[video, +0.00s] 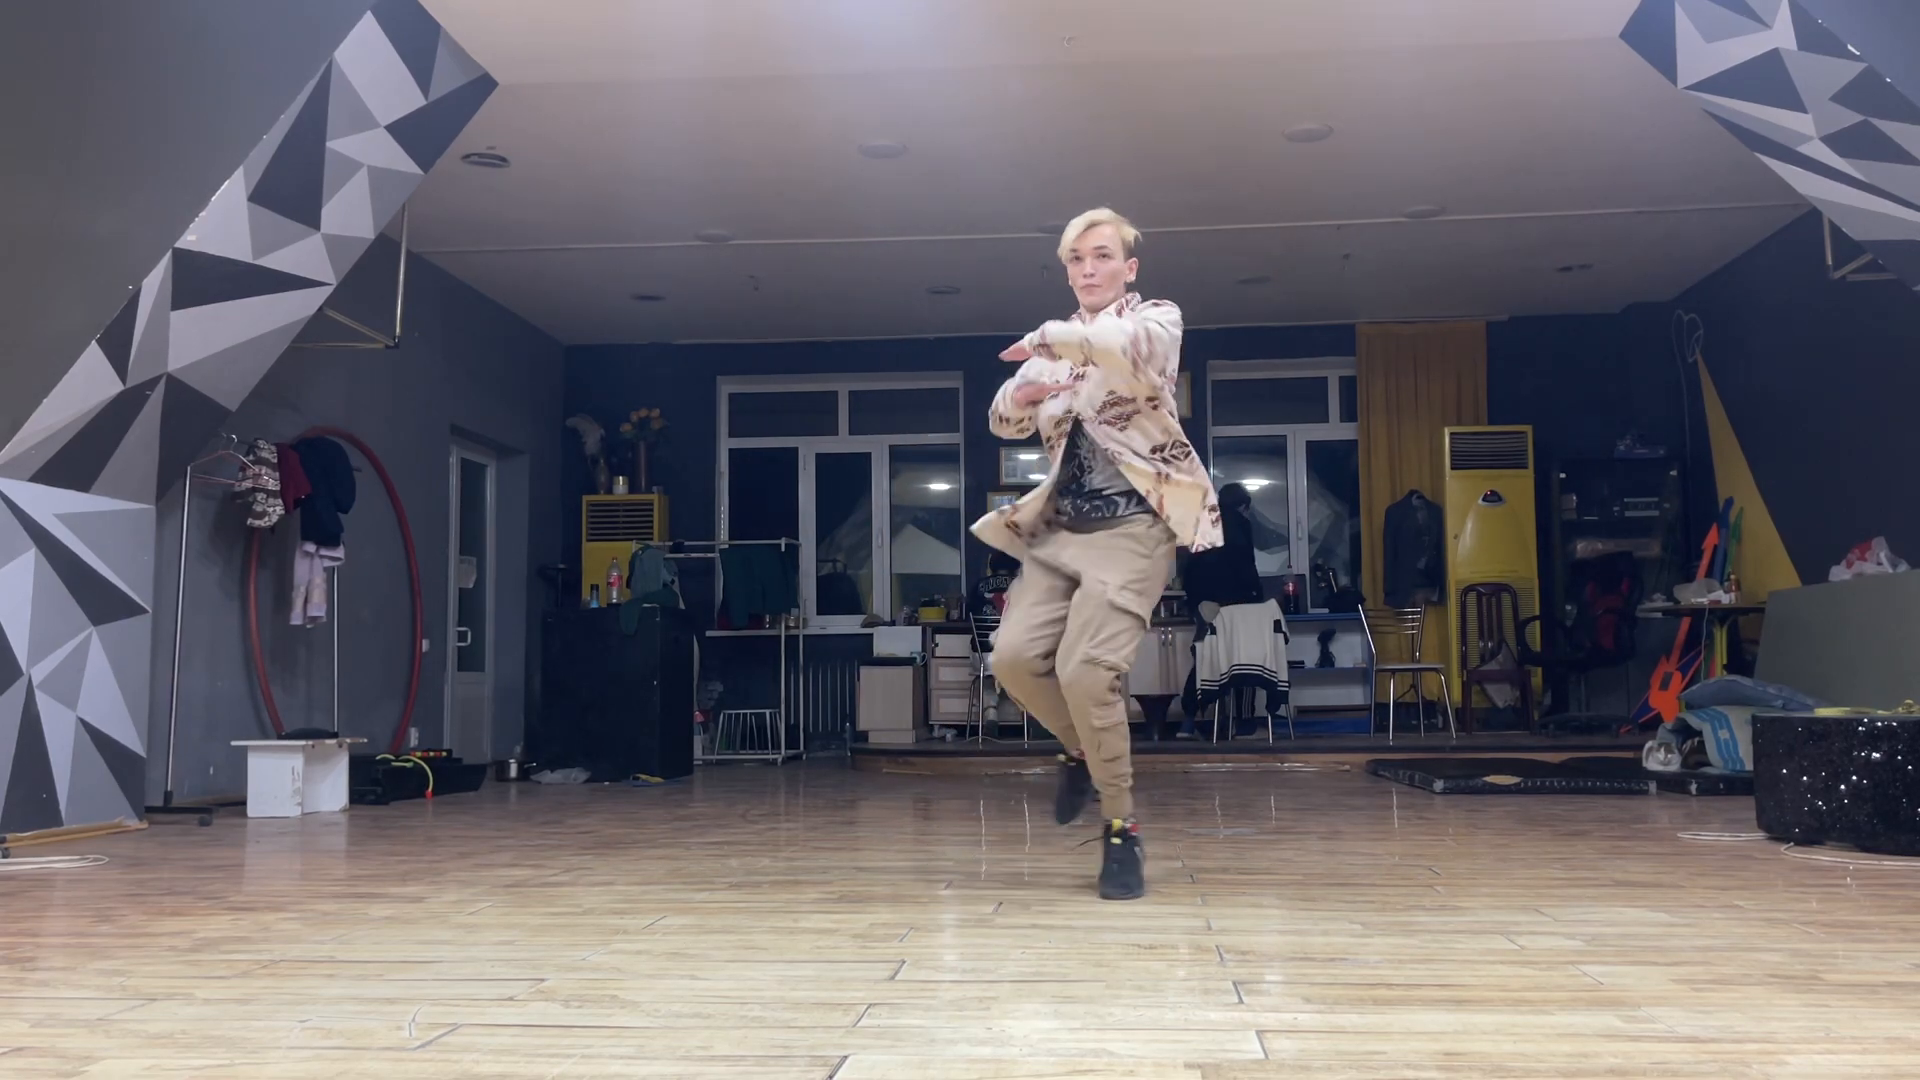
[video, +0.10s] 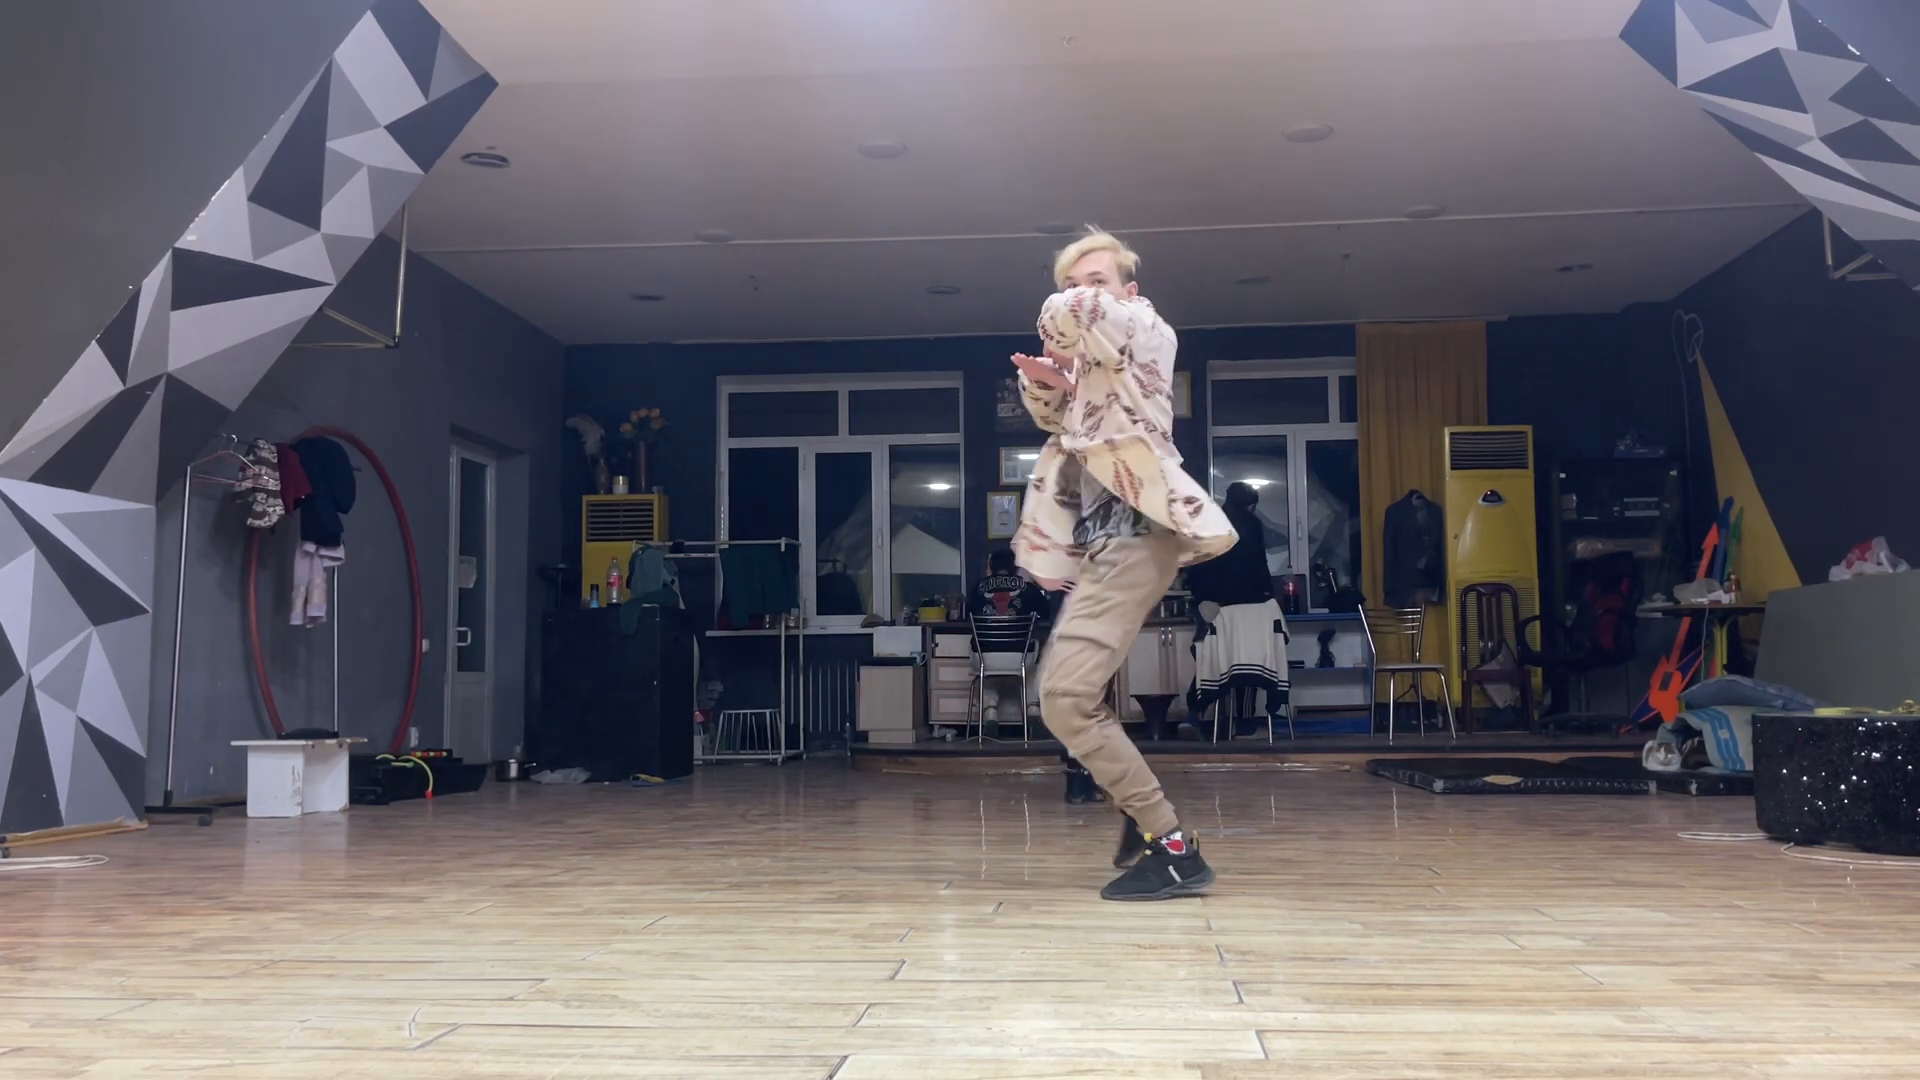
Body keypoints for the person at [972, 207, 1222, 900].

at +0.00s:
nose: (1088, 267)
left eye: (1102, 255)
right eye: (1077, 258)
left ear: (1130, 265)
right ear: (1067, 269)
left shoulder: (1156, 317)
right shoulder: (1054, 341)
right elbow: (1005, 420)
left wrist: (1057, 336)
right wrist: (1023, 394)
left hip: (1133, 529)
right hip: (1059, 526)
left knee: (1085, 672)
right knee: (1013, 658)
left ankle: (1120, 832)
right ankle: (1083, 749)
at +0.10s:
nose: (1085, 294)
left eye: (1099, 281)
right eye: (1075, 287)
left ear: (1131, 286)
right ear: (1066, 297)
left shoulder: (1144, 326)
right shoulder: (1083, 355)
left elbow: (1068, 312)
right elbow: (1062, 422)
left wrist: (1057, 315)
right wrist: (1049, 390)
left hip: (1136, 535)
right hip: (1101, 540)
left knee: (1065, 699)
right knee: (1069, 696)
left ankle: (1173, 847)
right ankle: (1142, 823)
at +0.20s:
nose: (1076, 316)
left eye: (1091, 303)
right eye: (1071, 306)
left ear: (1127, 313)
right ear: (1068, 310)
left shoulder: (1113, 358)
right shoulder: (1148, 364)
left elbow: (1039, 350)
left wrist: (1046, 375)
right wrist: (1064, 388)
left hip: (1137, 567)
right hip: (1174, 567)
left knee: (1067, 716)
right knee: (1140, 726)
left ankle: (1166, 846)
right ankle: (1197, 841)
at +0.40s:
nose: (1103, 267)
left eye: (1117, 254)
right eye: (1093, 258)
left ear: (1147, 262)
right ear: (1083, 269)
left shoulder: (1181, 325)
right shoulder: (1073, 325)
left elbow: (1236, 362)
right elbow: (1028, 378)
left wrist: (1140, 347)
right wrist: (1032, 342)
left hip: (1160, 527)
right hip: (1092, 534)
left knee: (1156, 663)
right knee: (1076, 674)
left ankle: (1200, 824)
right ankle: (1150, 791)